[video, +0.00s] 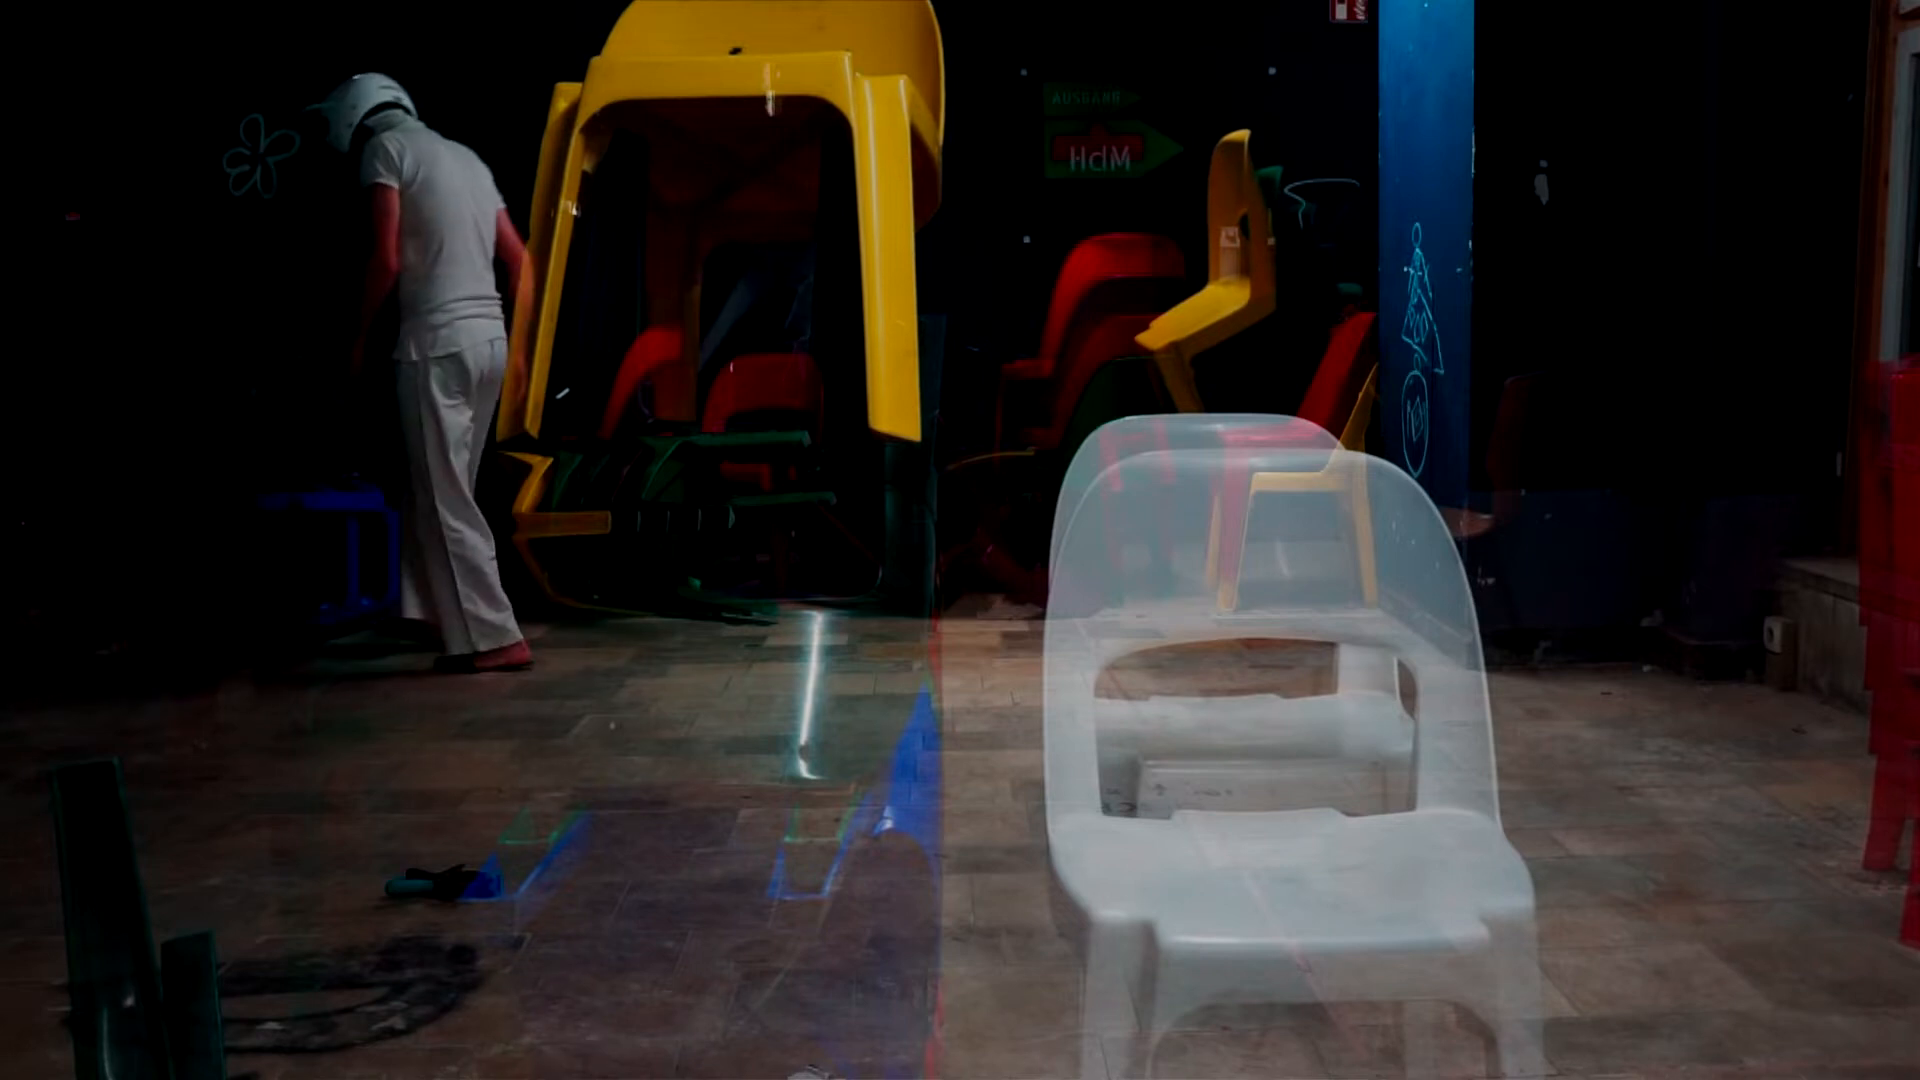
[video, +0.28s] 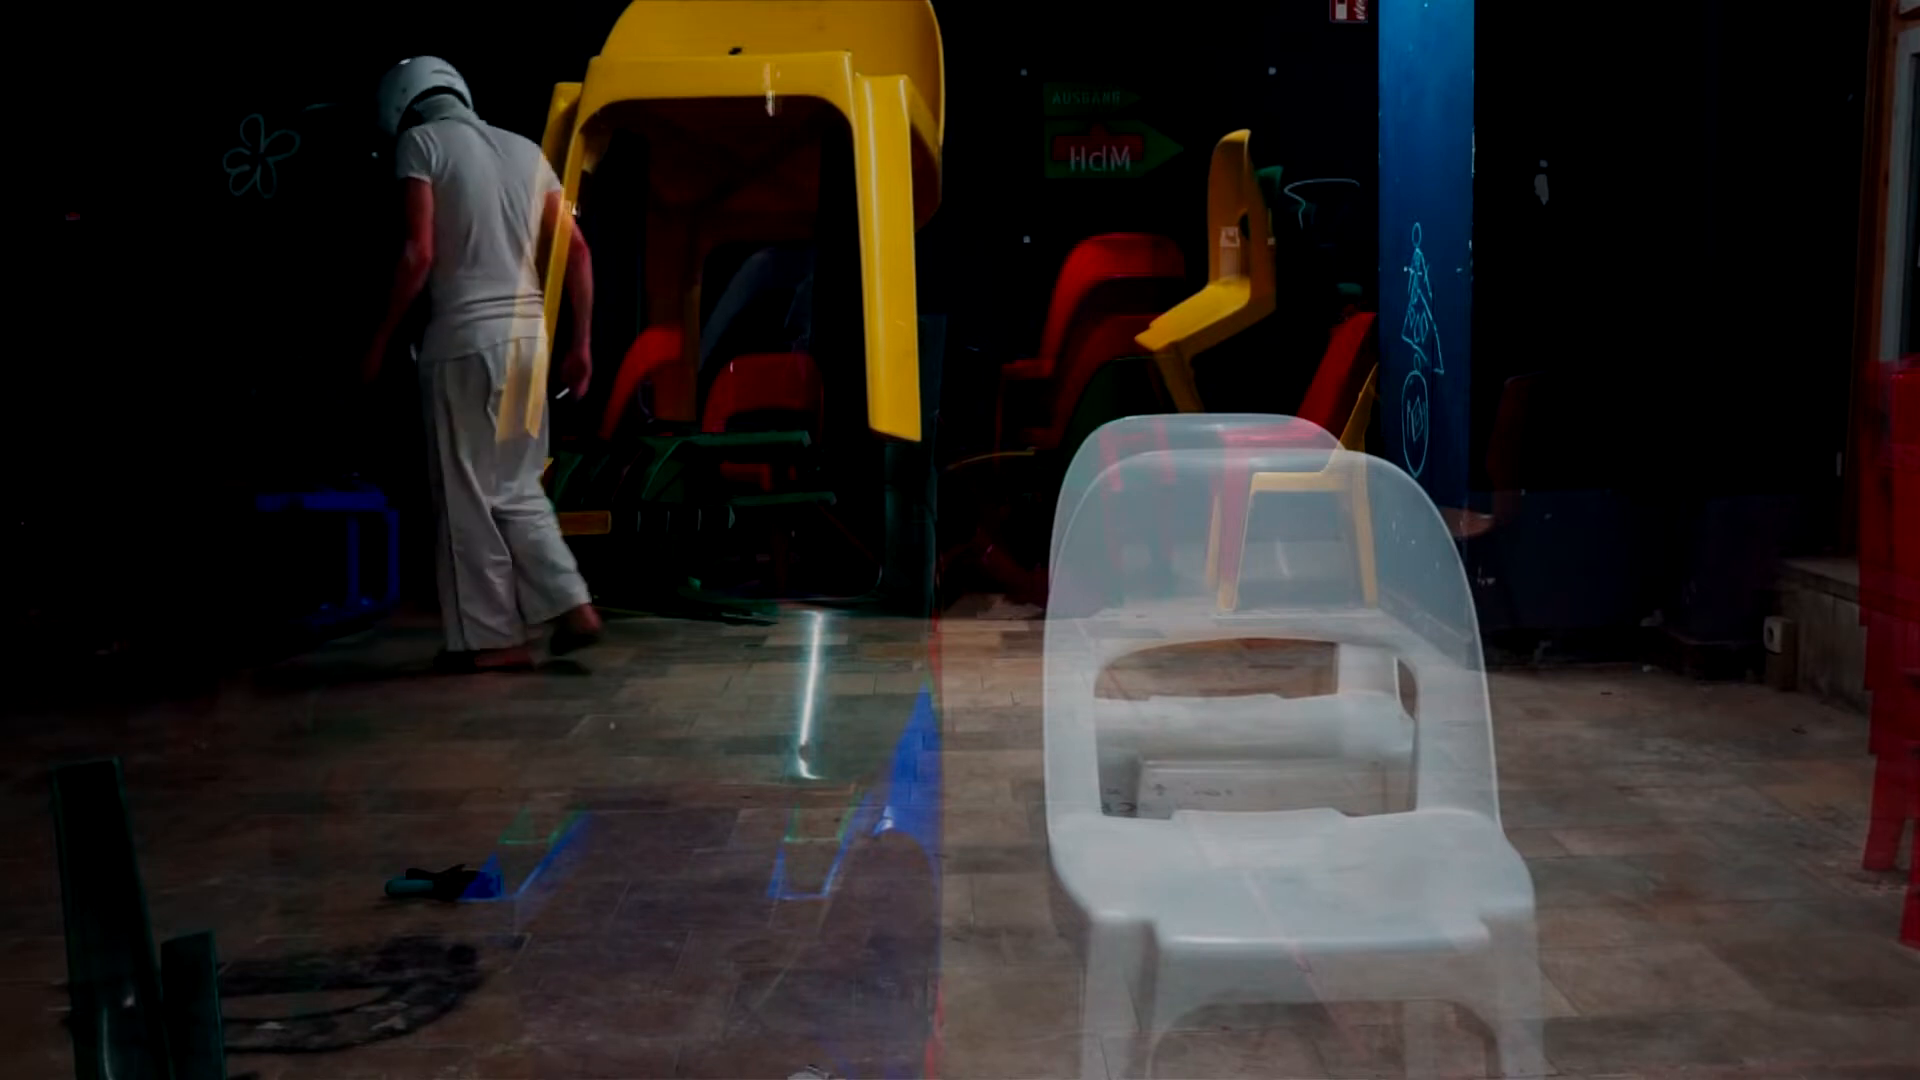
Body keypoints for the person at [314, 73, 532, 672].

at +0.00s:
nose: (353, 142)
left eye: (352, 132)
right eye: (351, 133)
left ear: (364, 120)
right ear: (402, 108)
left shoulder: (386, 145)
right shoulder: (466, 159)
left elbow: (387, 260)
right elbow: (520, 261)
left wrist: (360, 332)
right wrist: (513, 344)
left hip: (439, 343)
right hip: (490, 340)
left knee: (445, 494)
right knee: (450, 486)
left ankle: (495, 637)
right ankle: (447, 625)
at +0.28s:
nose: (400, 124)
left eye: (399, 115)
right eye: (399, 116)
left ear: (409, 105)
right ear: (459, 96)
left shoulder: (420, 140)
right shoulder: (524, 149)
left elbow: (420, 252)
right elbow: (577, 249)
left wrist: (383, 338)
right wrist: (580, 342)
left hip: (464, 340)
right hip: (531, 336)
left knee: (467, 488)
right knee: (519, 483)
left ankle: (492, 637)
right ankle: (573, 606)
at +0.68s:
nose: (484, 94)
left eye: (485, 81)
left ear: (492, 77)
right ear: (554, 77)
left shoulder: (491, 123)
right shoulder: (602, 135)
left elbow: (507, 225)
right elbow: (654, 244)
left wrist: (499, 334)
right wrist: (649, 330)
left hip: (526, 339)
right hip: (598, 334)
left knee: (512, 498)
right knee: (605, 499)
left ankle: (504, 642)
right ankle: (624, 660)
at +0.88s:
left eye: (521, 65)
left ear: (525, 62)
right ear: (594, 62)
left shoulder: (521, 115)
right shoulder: (639, 126)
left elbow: (535, 209)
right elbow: (685, 240)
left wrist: (532, 339)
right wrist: (676, 329)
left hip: (557, 335)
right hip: (630, 333)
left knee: (524, 487)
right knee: (622, 498)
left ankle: (583, 644)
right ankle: (628, 664)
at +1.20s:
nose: (565, 77)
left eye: (564, 64)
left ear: (573, 58)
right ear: (635, 53)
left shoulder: (565, 117)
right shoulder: (689, 122)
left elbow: (545, 239)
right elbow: (741, 238)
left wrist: (512, 337)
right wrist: (745, 336)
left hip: (604, 335)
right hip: (682, 333)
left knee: (637, 511)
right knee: (656, 509)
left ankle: (699, 698)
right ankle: (615, 667)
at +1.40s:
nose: (599, 64)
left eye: (601, 53)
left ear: (613, 45)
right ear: (672, 42)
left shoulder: (603, 94)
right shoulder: (730, 97)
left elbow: (582, 224)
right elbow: (783, 215)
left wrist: (546, 298)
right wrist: (782, 322)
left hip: (646, 318)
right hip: (725, 314)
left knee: (663, 513)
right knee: (705, 509)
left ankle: (693, 710)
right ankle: (711, 688)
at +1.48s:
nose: (612, 56)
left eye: (614, 44)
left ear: (623, 41)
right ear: (685, 35)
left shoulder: (612, 86)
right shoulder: (746, 90)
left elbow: (605, 217)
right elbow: (802, 213)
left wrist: (562, 309)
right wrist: (799, 323)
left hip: (657, 319)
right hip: (743, 314)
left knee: (671, 513)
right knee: (724, 500)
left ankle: (698, 710)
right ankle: (769, 659)